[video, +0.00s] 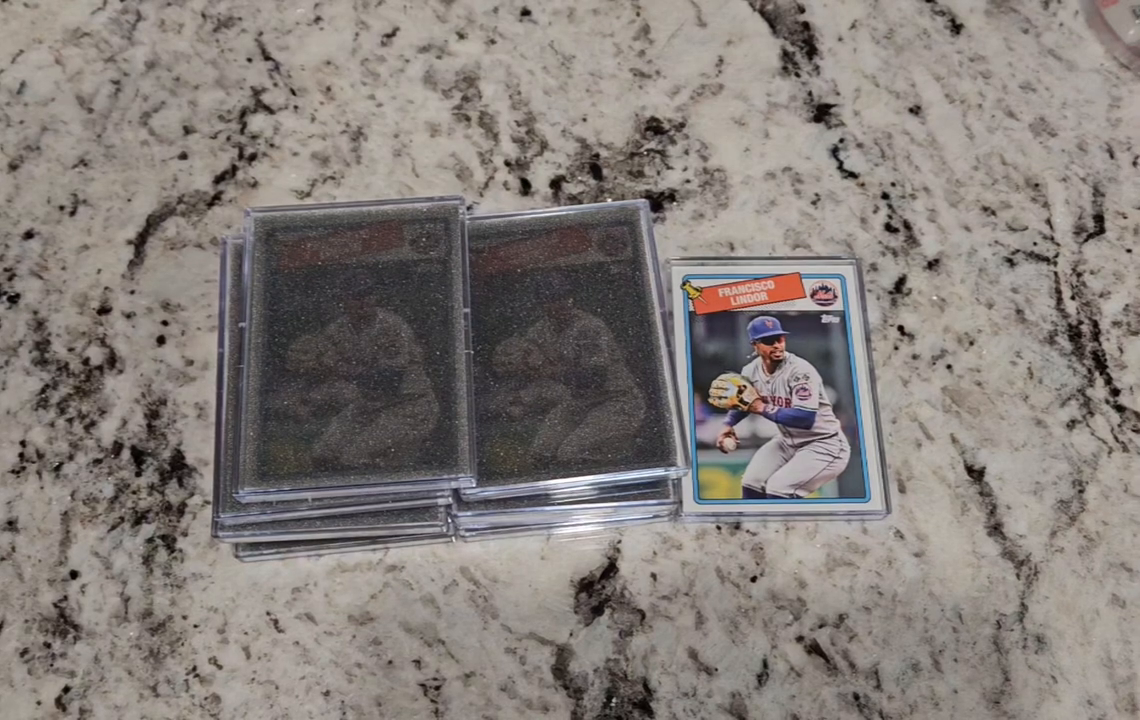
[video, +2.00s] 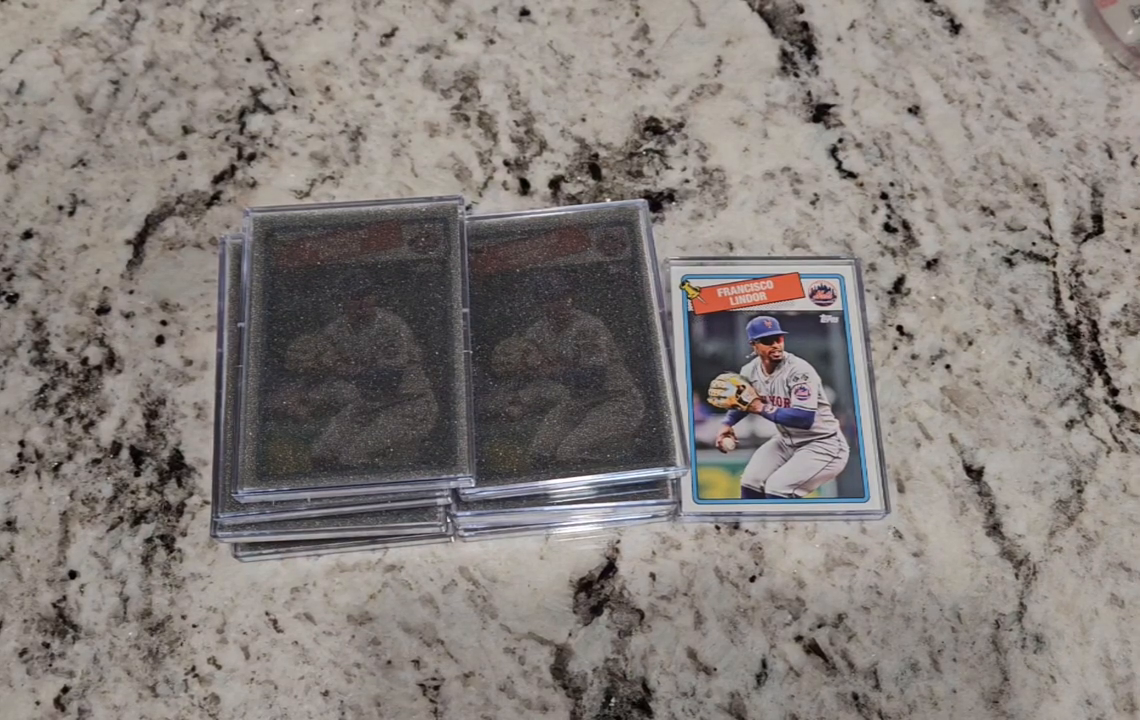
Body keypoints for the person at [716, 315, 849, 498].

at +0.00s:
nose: (777, 346)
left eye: (779, 339)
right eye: (769, 342)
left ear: (785, 339)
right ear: (755, 346)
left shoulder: (802, 371)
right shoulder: (750, 372)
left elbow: (805, 419)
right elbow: (743, 403)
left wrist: (761, 407)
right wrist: (727, 426)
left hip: (825, 445)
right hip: (788, 443)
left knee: (778, 488)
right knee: (752, 484)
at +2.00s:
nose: (776, 346)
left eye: (778, 339)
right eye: (767, 342)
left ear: (783, 339)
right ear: (754, 346)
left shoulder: (801, 371)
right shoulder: (749, 372)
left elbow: (804, 419)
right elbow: (743, 403)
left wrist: (761, 407)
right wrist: (726, 425)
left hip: (824, 446)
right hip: (786, 443)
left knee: (777, 488)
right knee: (751, 483)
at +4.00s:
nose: (776, 346)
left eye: (778, 339)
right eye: (767, 342)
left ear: (783, 339)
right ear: (754, 346)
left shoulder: (801, 371)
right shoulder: (749, 372)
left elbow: (804, 419)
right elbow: (743, 402)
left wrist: (760, 407)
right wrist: (726, 425)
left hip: (824, 445)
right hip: (786, 442)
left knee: (777, 487)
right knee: (751, 483)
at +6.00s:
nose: (775, 345)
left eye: (778, 339)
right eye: (767, 341)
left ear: (783, 339)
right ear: (754, 346)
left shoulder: (800, 371)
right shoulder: (748, 372)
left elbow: (803, 419)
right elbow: (742, 403)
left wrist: (760, 407)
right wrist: (726, 425)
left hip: (824, 445)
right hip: (786, 443)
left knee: (776, 488)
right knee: (750, 482)